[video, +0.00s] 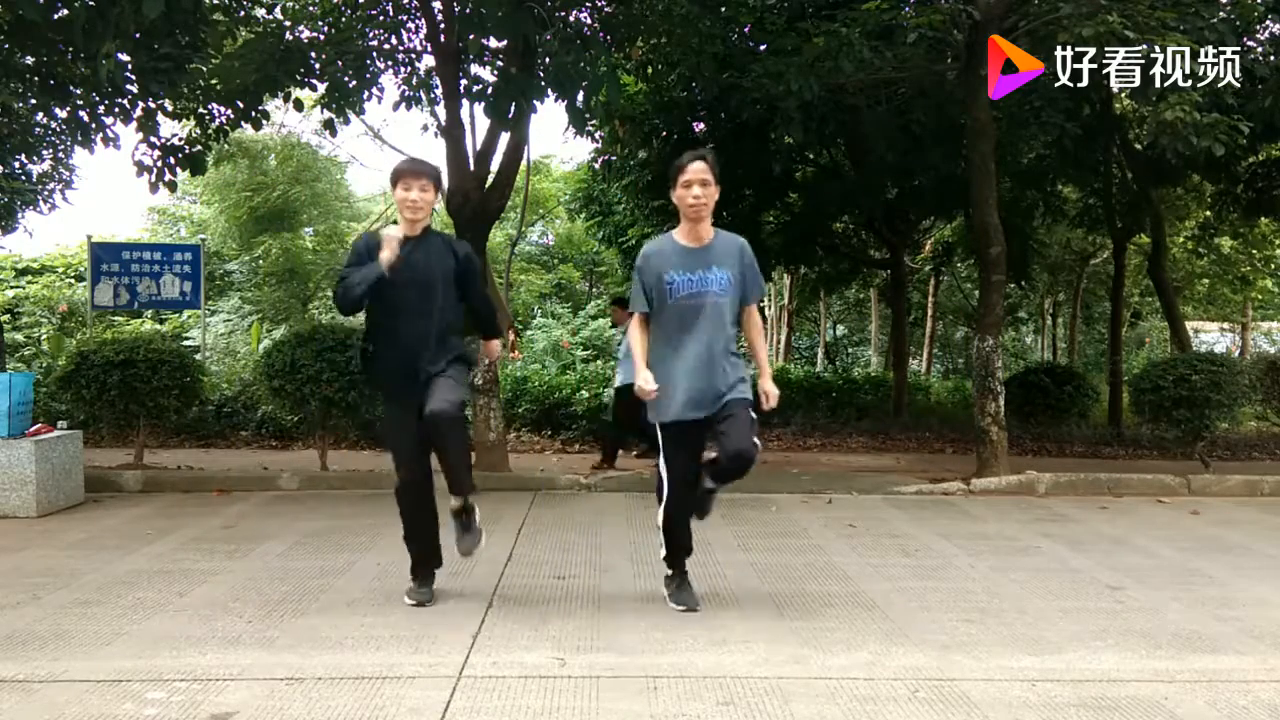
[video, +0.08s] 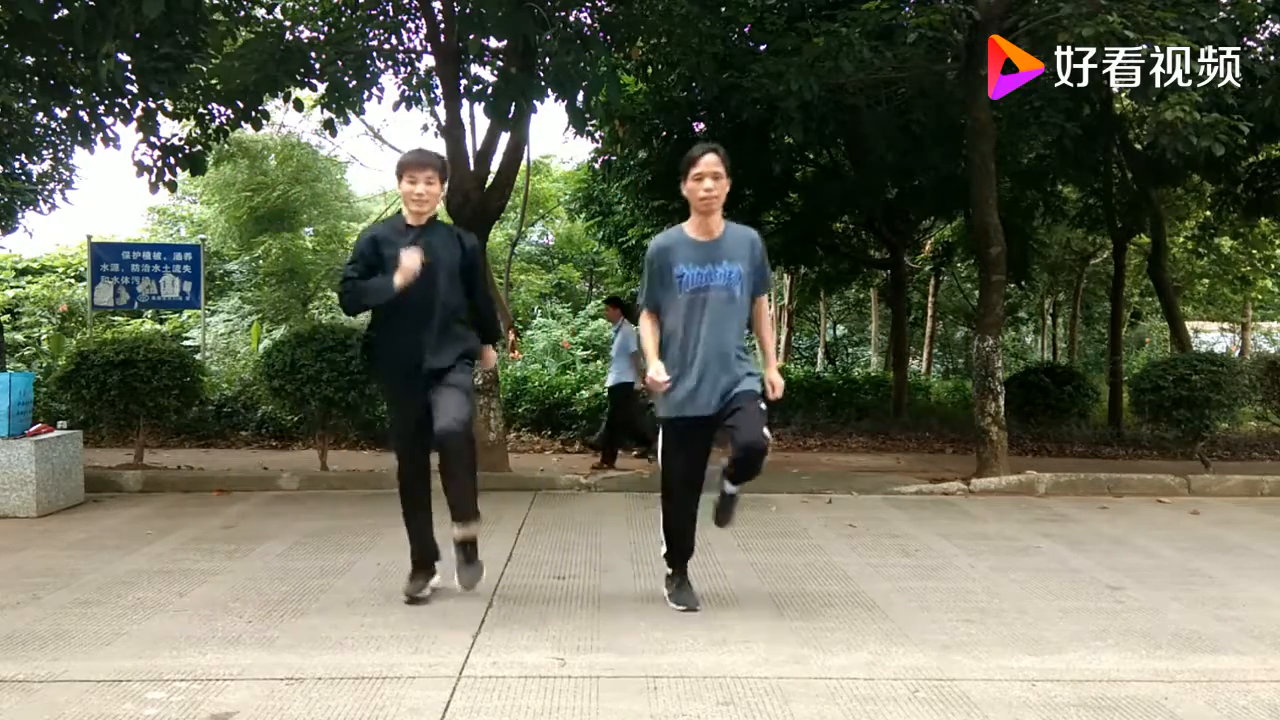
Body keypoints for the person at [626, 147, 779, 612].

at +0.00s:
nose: (696, 193)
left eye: (704, 185)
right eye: (687, 186)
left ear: (717, 192)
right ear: (674, 194)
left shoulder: (737, 249)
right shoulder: (653, 254)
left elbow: (751, 314)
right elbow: (638, 319)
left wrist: (765, 374)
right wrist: (641, 368)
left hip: (728, 381)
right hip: (674, 387)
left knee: (741, 452)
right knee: (679, 488)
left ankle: (705, 483)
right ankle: (677, 573)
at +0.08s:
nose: (707, 186)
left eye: (715, 177)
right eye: (698, 178)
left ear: (728, 185)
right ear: (684, 186)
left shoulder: (748, 241)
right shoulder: (662, 248)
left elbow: (760, 305)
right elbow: (648, 312)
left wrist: (770, 365)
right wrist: (652, 360)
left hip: (737, 378)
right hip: (683, 383)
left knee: (753, 444)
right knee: (681, 487)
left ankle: (731, 484)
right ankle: (678, 572)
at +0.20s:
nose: (734, 177)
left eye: (742, 169)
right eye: (725, 170)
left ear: (753, 176)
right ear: (709, 178)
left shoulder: (771, 235)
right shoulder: (685, 236)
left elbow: (777, 294)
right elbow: (675, 299)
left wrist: (784, 348)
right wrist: (677, 345)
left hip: (756, 376)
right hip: (699, 379)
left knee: (777, 458)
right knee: (685, 477)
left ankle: (775, 534)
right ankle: (685, 563)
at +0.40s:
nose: (778, 189)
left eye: (785, 180)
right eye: (768, 181)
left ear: (797, 186)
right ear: (752, 188)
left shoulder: (810, 246)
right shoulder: (729, 245)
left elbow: (815, 318)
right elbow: (711, 315)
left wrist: (826, 385)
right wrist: (691, 382)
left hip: (786, 396)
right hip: (729, 394)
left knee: (796, 492)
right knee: (702, 485)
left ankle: (807, 583)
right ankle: (679, 557)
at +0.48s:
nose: (789, 176)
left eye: (797, 167)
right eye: (780, 168)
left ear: (809, 174)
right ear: (763, 176)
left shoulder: (823, 235)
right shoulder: (741, 234)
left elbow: (832, 304)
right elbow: (716, 301)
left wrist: (858, 368)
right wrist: (686, 364)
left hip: (796, 385)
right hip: (740, 382)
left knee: (800, 483)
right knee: (701, 468)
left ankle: (810, 578)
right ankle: (657, 530)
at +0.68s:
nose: (817, 191)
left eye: (825, 182)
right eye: (807, 183)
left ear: (837, 189)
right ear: (792, 191)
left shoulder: (857, 248)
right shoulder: (770, 246)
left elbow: (896, 305)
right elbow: (725, 300)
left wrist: (951, 340)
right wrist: (665, 333)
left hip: (826, 396)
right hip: (773, 390)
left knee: (819, 497)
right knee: (732, 467)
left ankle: (807, 583)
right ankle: (632, 497)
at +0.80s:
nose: (830, 186)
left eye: (838, 177)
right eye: (821, 178)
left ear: (849, 183)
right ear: (804, 186)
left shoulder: (870, 240)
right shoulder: (781, 241)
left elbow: (911, 295)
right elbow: (739, 293)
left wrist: (966, 326)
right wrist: (680, 326)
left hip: (845, 387)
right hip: (792, 382)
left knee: (832, 494)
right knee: (773, 475)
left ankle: (809, 580)